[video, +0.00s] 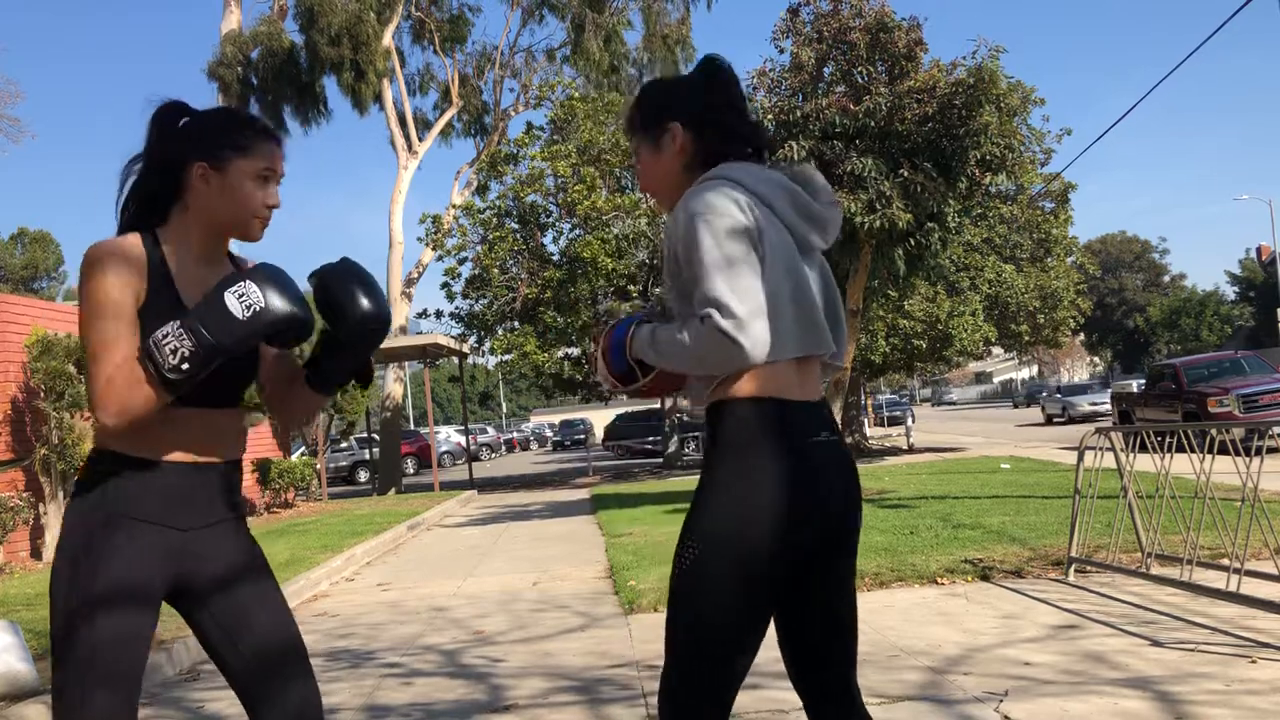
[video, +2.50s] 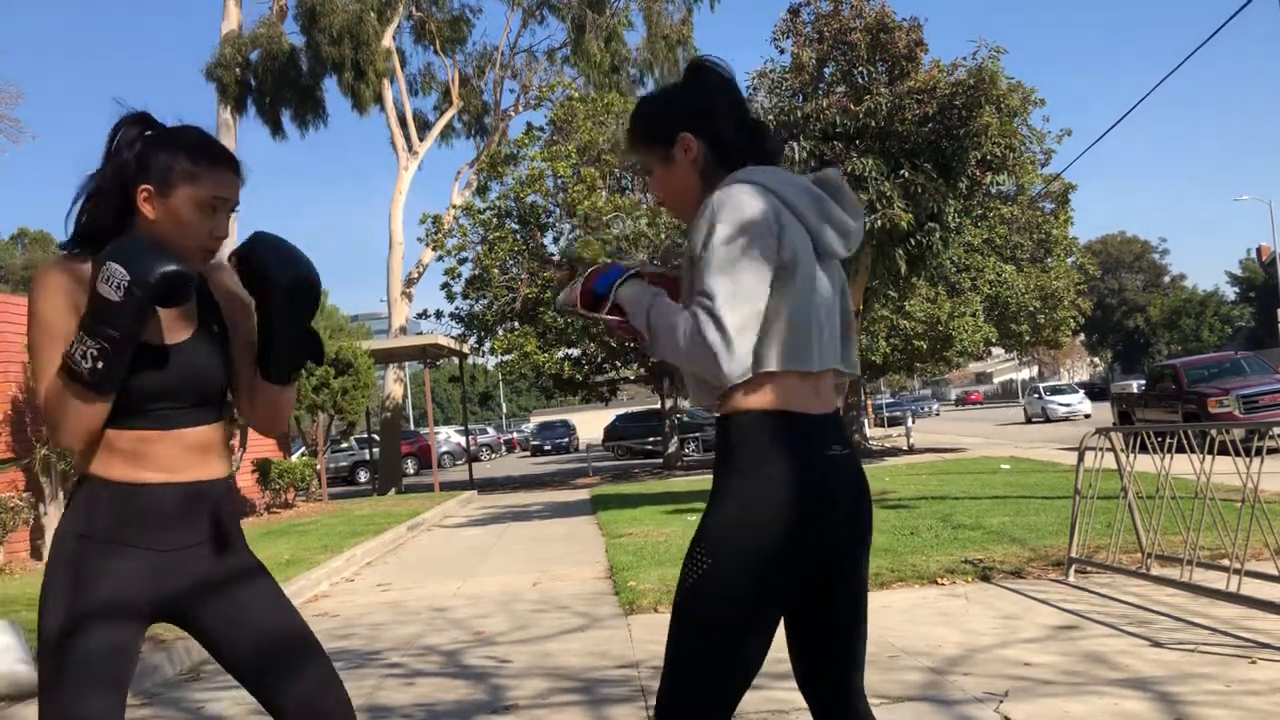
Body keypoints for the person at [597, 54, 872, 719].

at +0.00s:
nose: (638, 176)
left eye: (639, 155)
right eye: (634, 159)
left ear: (677, 139)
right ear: (690, 134)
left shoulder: (710, 205)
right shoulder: (779, 203)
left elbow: (735, 336)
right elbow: (821, 348)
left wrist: (636, 339)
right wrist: (687, 374)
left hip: (751, 467)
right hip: (821, 461)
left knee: (691, 700)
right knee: (833, 693)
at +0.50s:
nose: (584, 163)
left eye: (591, 142)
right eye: (586, 145)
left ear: (633, 138)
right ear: (660, 139)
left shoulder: (639, 212)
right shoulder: (740, 207)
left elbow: (647, 360)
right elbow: (797, 342)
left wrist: (571, 351)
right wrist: (635, 384)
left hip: (726, 479)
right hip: (809, 466)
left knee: (680, 704)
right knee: (819, 691)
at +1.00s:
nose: (658, 163)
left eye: (667, 141)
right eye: (659, 144)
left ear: (715, 138)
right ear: (718, 139)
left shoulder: (744, 206)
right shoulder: (796, 202)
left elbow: (766, 357)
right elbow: (787, 357)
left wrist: (662, 321)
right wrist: (682, 350)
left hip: (779, 476)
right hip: (845, 469)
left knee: (697, 704)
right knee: (859, 699)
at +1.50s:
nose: (639, 164)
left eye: (645, 144)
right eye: (639, 147)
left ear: (690, 137)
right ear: (693, 135)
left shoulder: (724, 206)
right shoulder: (783, 206)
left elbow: (621, 325)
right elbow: (740, 345)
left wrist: (594, 213)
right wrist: (629, 346)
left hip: (757, 478)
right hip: (826, 471)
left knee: (686, 705)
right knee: (838, 701)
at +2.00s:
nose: (677, 175)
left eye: (682, 153)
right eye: (673, 154)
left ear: (716, 144)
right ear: (758, 143)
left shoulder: (749, 200)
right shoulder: (808, 205)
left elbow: (617, 240)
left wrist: (661, 140)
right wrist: (659, 134)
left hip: (767, 482)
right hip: (833, 477)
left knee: (681, 706)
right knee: (836, 701)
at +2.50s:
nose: (651, 195)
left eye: (649, 171)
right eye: (644, 176)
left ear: (689, 149)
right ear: (697, 147)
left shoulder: (740, 204)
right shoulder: (801, 209)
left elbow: (721, 353)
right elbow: (732, 374)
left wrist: (634, 294)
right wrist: (666, 313)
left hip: (763, 474)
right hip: (832, 470)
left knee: (689, 703)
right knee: (840, 698)